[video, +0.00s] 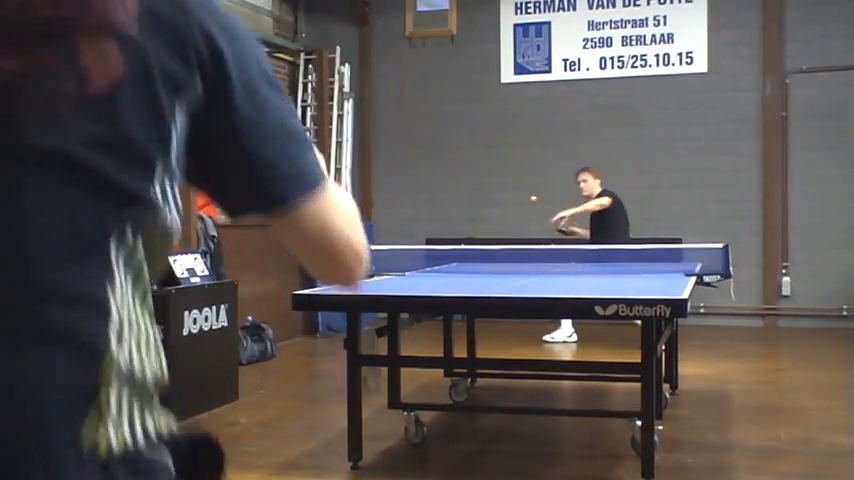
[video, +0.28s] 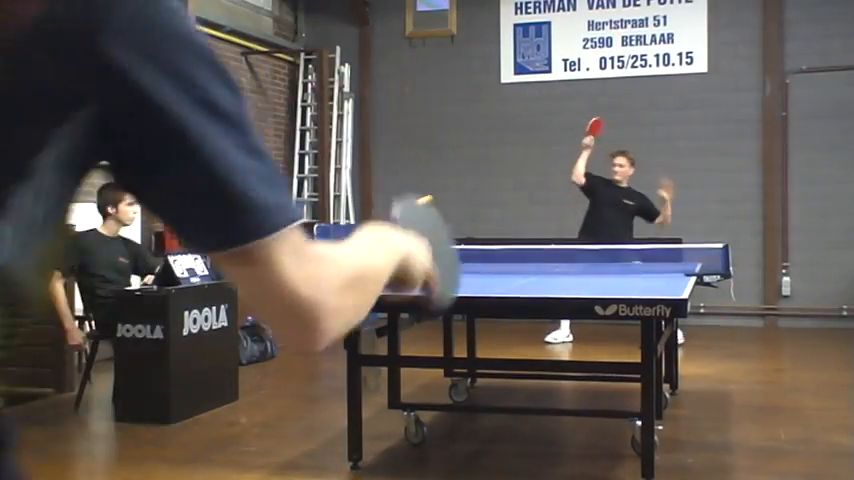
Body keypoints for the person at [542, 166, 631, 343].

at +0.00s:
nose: (581, 186)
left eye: (584, 181)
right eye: (579, 183)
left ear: (597, 181)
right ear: (578, 186)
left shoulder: (607, 195)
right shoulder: (597, 206)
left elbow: (602, 203)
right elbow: (598, 234)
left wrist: (569, 212)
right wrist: (574, 231)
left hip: (612, 256)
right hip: (604, 256)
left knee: (561, 274)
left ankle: (566, 326)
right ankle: (640, 316)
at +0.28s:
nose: (616, 169)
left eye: (621, 166)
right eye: (614, 165)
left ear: (631, 170)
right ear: (610, 168)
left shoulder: (636, 198)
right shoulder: (598, 184)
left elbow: (662, 221)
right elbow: (577, 177)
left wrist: (667, 202)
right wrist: (585, 151)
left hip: (622, 252)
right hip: (589, 249)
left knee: (650, 284)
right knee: (568, 281)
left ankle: (668, 327)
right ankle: (564, 329)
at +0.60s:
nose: (656, 165)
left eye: (661, 161)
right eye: (653, 161)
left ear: (670, 165)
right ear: (649, 164)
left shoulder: (677, 192)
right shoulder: (636, 184)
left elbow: (690, 219)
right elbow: (609, 189)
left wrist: (687, 224)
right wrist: (614, 169)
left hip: (662, 251)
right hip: (631, 249)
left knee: (674, 285)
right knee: (609, 283)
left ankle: (675, 325)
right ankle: (588, 325)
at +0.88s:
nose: (650, 178)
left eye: (652, 172)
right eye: (647, 173)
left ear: (666, 164)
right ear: (663, 166)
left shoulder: (687, 181)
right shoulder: (672, 180)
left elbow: (690, 227)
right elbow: (675, 216)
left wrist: (649, 237)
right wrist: (657, 228)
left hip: (715, 238)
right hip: (700, 237)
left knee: (690, 293)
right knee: (689, 293)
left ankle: (709, 351)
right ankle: (709, 350)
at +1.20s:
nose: (658, 191)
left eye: (662, 186)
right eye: (658, 187)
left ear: (678, 185)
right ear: (676, 186)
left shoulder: (696, 204)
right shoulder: (676, 211)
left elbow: (684, 238)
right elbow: (650, 232)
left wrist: (648, 226)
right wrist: (645, 204)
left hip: (710, 271)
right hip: (691, 270)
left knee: (667, 301)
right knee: (652, 308)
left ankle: (710, 343)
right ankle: (701, 344)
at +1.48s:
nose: (659, 228)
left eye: (664, 223)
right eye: (658, 223)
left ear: (680, 223)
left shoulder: (703, 244)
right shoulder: (672, 248)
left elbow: (704, 288)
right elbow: (672, 289)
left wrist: (677, 274)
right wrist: (658, 308)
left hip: (716, 300)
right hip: (688, 299)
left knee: (675, 315)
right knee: (648, 321)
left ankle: (716, 349)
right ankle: (696, 344)